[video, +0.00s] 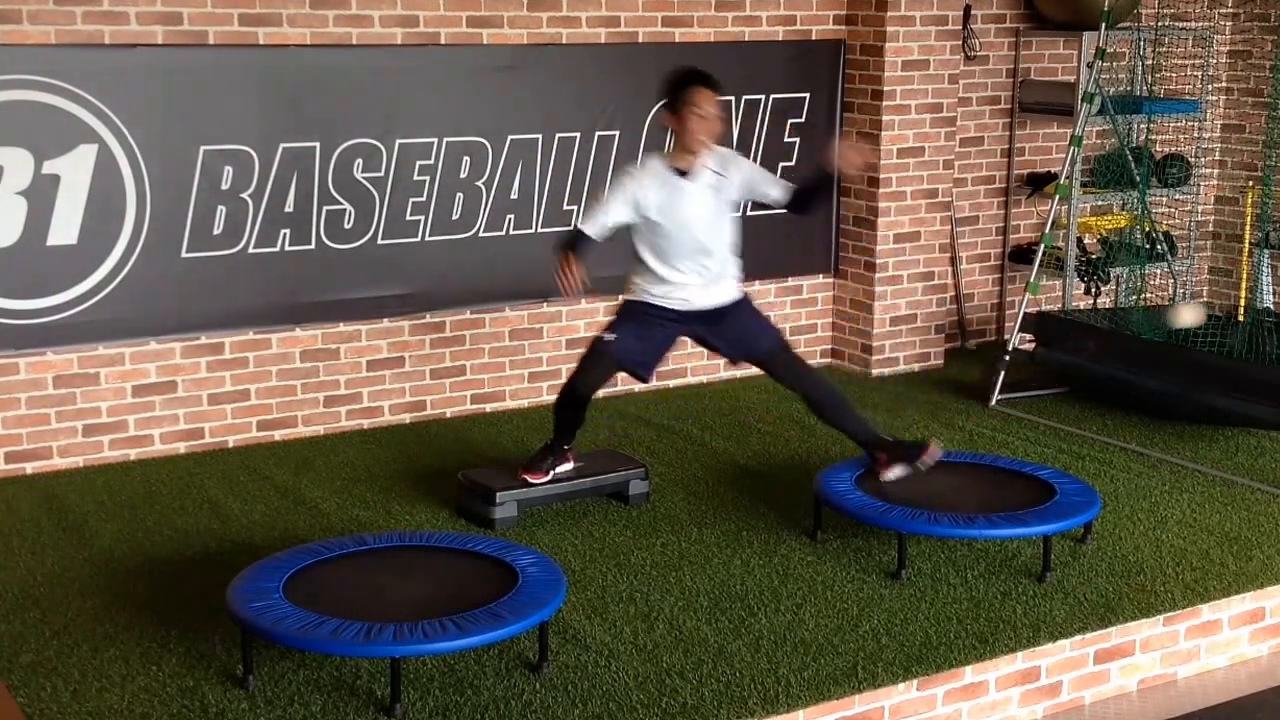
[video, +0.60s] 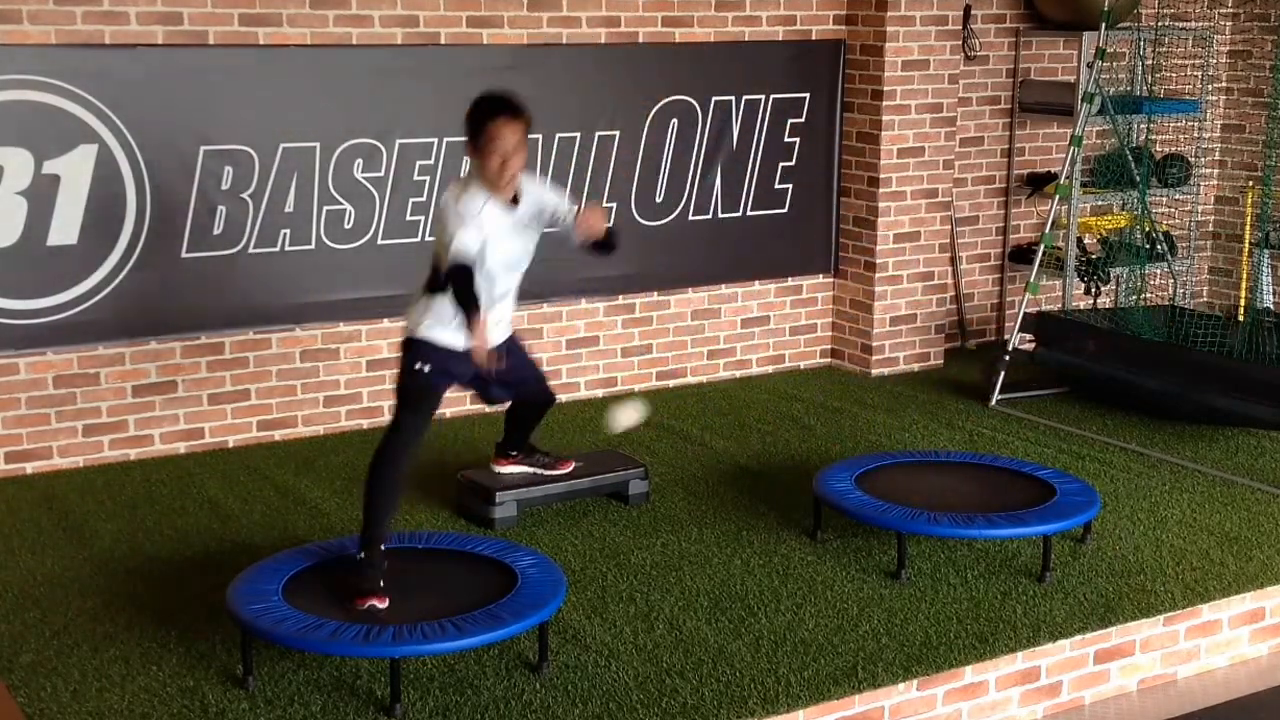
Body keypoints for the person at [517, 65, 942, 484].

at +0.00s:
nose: (713, 121)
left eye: (717, 112)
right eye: (701, 112)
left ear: (722, 120)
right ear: (673, 119)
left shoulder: (731, 169)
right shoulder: (641, 180)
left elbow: (795, 200)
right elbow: (586, 231)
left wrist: (830, 170)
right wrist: (569, 257)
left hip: (723, 304)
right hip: (653, 305)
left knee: (798, 374)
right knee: (580, 383)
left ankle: (883, 452)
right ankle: (559, 451)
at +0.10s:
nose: (664, 84)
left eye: (669, 76)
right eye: (653, 75)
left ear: (675, 84)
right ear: (624, 81)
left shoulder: (683, 136)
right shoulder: (597, 142)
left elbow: (754, 160)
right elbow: (534, 185)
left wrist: (755, 115)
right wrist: (525, 176)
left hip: (678, 275)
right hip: (611, 282)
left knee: (756, 347)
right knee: (564, 384)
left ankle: (804, 432)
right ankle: (558, 450)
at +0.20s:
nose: (634, 44)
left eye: (640, 35)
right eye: (623, 34)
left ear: (645, 41)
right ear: (597, 39)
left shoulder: (654, 96)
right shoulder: (567, 98)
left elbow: (727, 123)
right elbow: (500, 142)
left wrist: (712, 81)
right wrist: (504, 118)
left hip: (642, 251)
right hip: (579, 258)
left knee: (696, 334)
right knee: (545, 370)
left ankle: (680, 420)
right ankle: (550, 428)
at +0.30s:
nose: (602, 35)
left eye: (610, 26)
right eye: (592, 24)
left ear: (618, 31)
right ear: (569, 28)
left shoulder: (633, 85)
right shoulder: (541, 83)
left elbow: (706, 110)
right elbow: (475, 136)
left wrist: (693, 73)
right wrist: (483, 122)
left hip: (608, 249)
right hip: (546, 249)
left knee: (627, 343)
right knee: (509, 360)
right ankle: (522, 429)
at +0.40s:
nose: (576, 62)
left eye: (583, 51)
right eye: (564, 53)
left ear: (592, 54)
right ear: (540, 56)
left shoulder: (607, 106)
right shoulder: (516, 108)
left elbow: (682, 133)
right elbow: (463, 165)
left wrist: (671, 97)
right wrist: (477, 160)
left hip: (569, 269)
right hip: (514, 259)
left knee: (565, 363)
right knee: (477, 358)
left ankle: (516, 444)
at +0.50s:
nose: (545, 109)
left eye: (553, 98)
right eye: (533, 99)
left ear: (564, 101)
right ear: (510, 102)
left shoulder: (577, 153)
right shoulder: (492, 156)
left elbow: (646, 192)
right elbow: (471, 232)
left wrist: (633, 163)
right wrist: (482, 230)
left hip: (532, 306)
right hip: (478, 303)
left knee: (558, 376)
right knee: (434, 398)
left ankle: (514, 448)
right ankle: (390, 510)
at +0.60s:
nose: (511, 161)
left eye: (519, 149)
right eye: (499, 150)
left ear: (528, 149)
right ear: (474, 152)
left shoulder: (535, 194)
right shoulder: (462, 203)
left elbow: (601, 243)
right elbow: (459, 271)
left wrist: (598, 230)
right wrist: (478, 329)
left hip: (494, 333)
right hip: (438, 334)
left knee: (537, 396)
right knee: (407, 431)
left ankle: (513, 450)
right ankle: (371, 552)